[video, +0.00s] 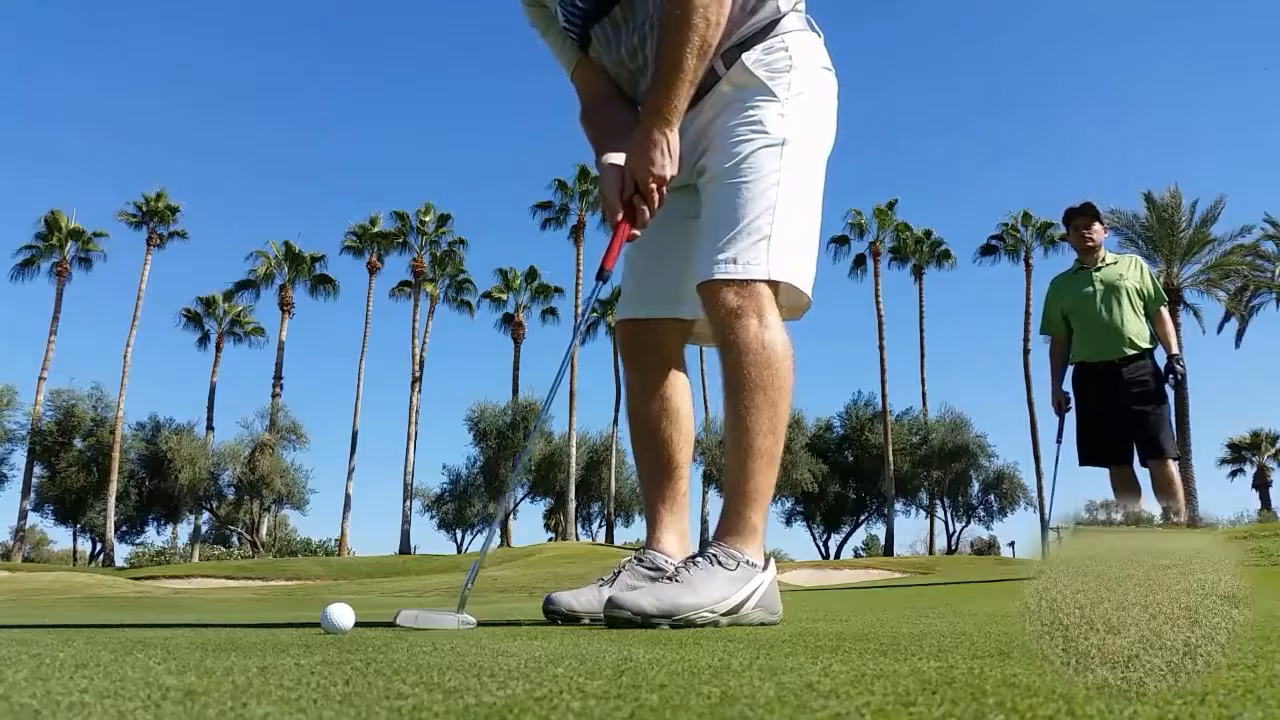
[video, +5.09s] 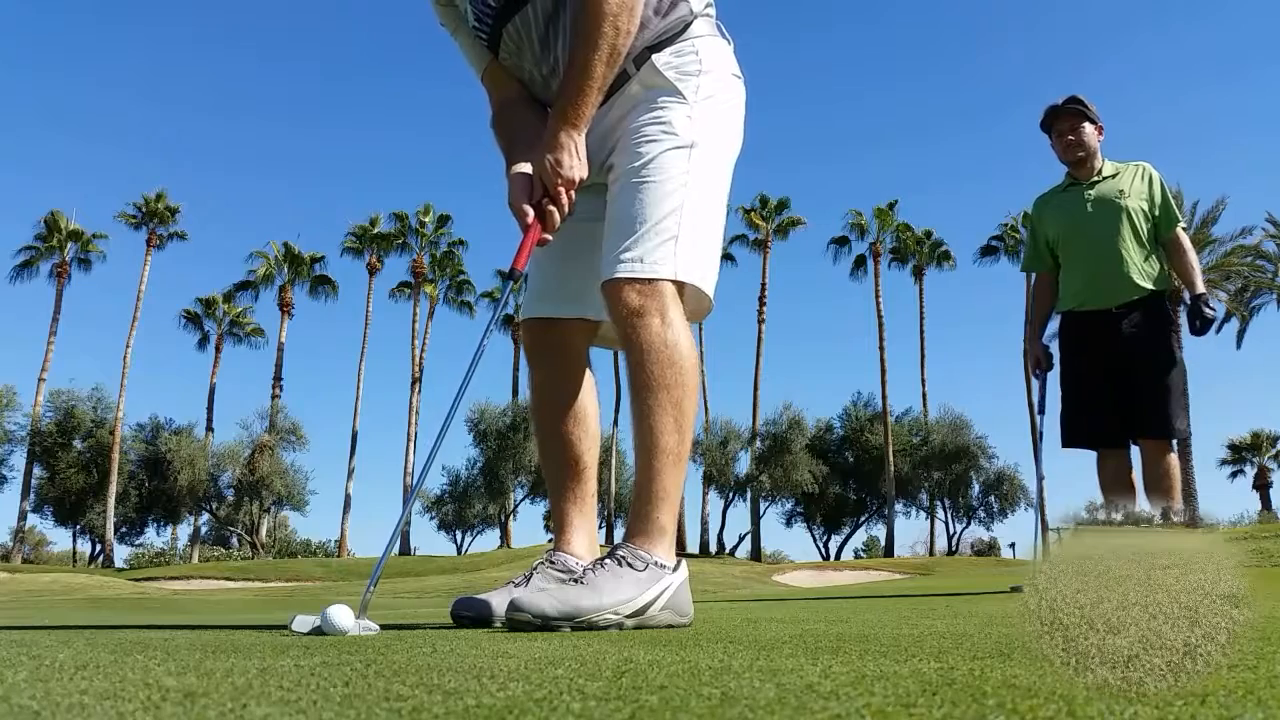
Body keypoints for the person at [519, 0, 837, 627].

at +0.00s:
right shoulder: (543, 6)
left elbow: (706, 4)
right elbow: (598, 92)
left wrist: (658, 121)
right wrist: (612, 158)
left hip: (758, 57)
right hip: (663, 107)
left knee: (738, 289)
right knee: (644, 326)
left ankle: (742, 561)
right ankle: (666, 559)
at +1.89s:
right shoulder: (509, 6)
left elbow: (657, 6)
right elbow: (537, 71)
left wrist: (596, 113)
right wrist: (552, 142)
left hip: (696, 52)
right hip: (593, 94)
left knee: (665, 288)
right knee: (565, 311)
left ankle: (669, 563)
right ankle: (595, 555)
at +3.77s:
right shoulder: (457, 5)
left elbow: (619, 5)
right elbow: (506, 87)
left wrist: (564, 122)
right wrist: (518, 157)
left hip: (665, 57)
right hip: (570, 105)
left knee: (635, 288)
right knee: (546, 323)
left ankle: (656, 561)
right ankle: (575, 560)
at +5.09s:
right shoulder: (453, 6)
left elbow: (616, 5)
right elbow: (507, 93)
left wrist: (566, 125)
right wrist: (522, 160)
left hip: (667, 61)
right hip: (571, 111)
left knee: (641, 288)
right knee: (547, 324)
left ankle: (654, 562)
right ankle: (575, 561)